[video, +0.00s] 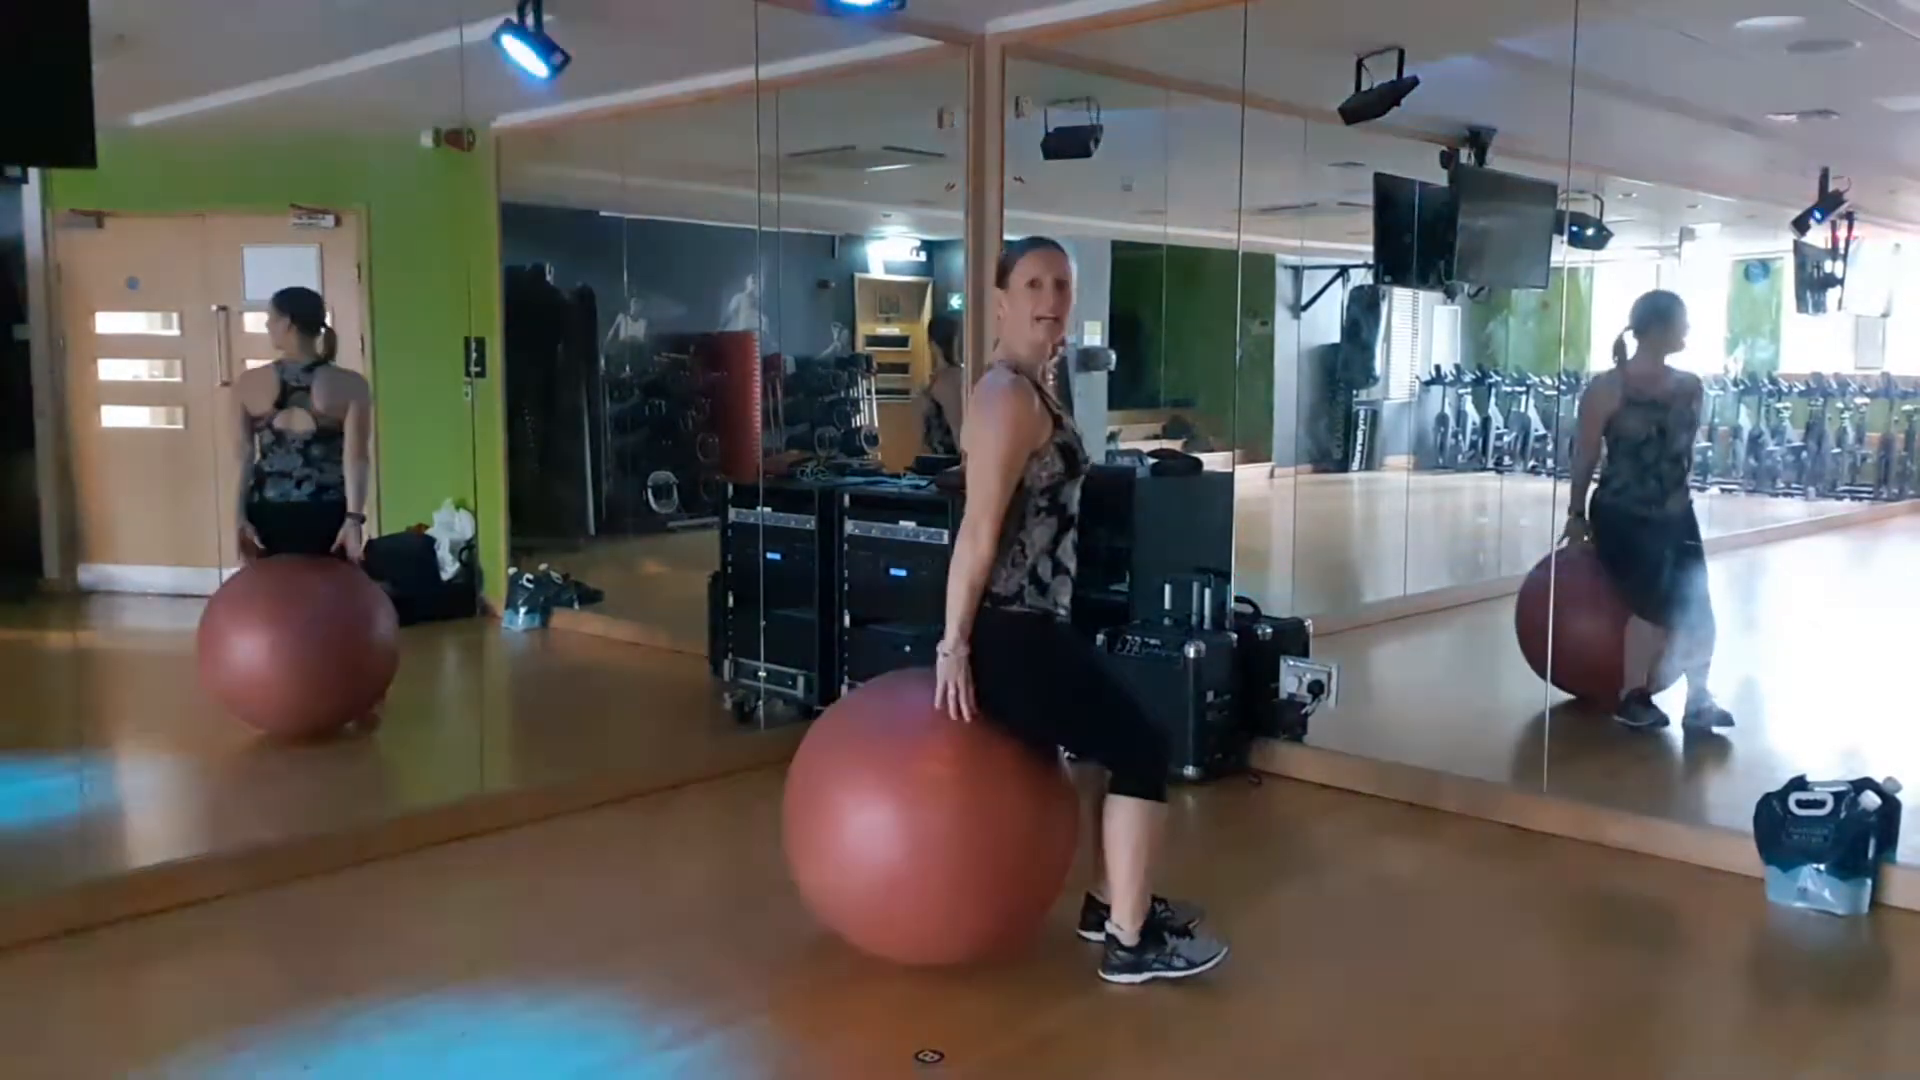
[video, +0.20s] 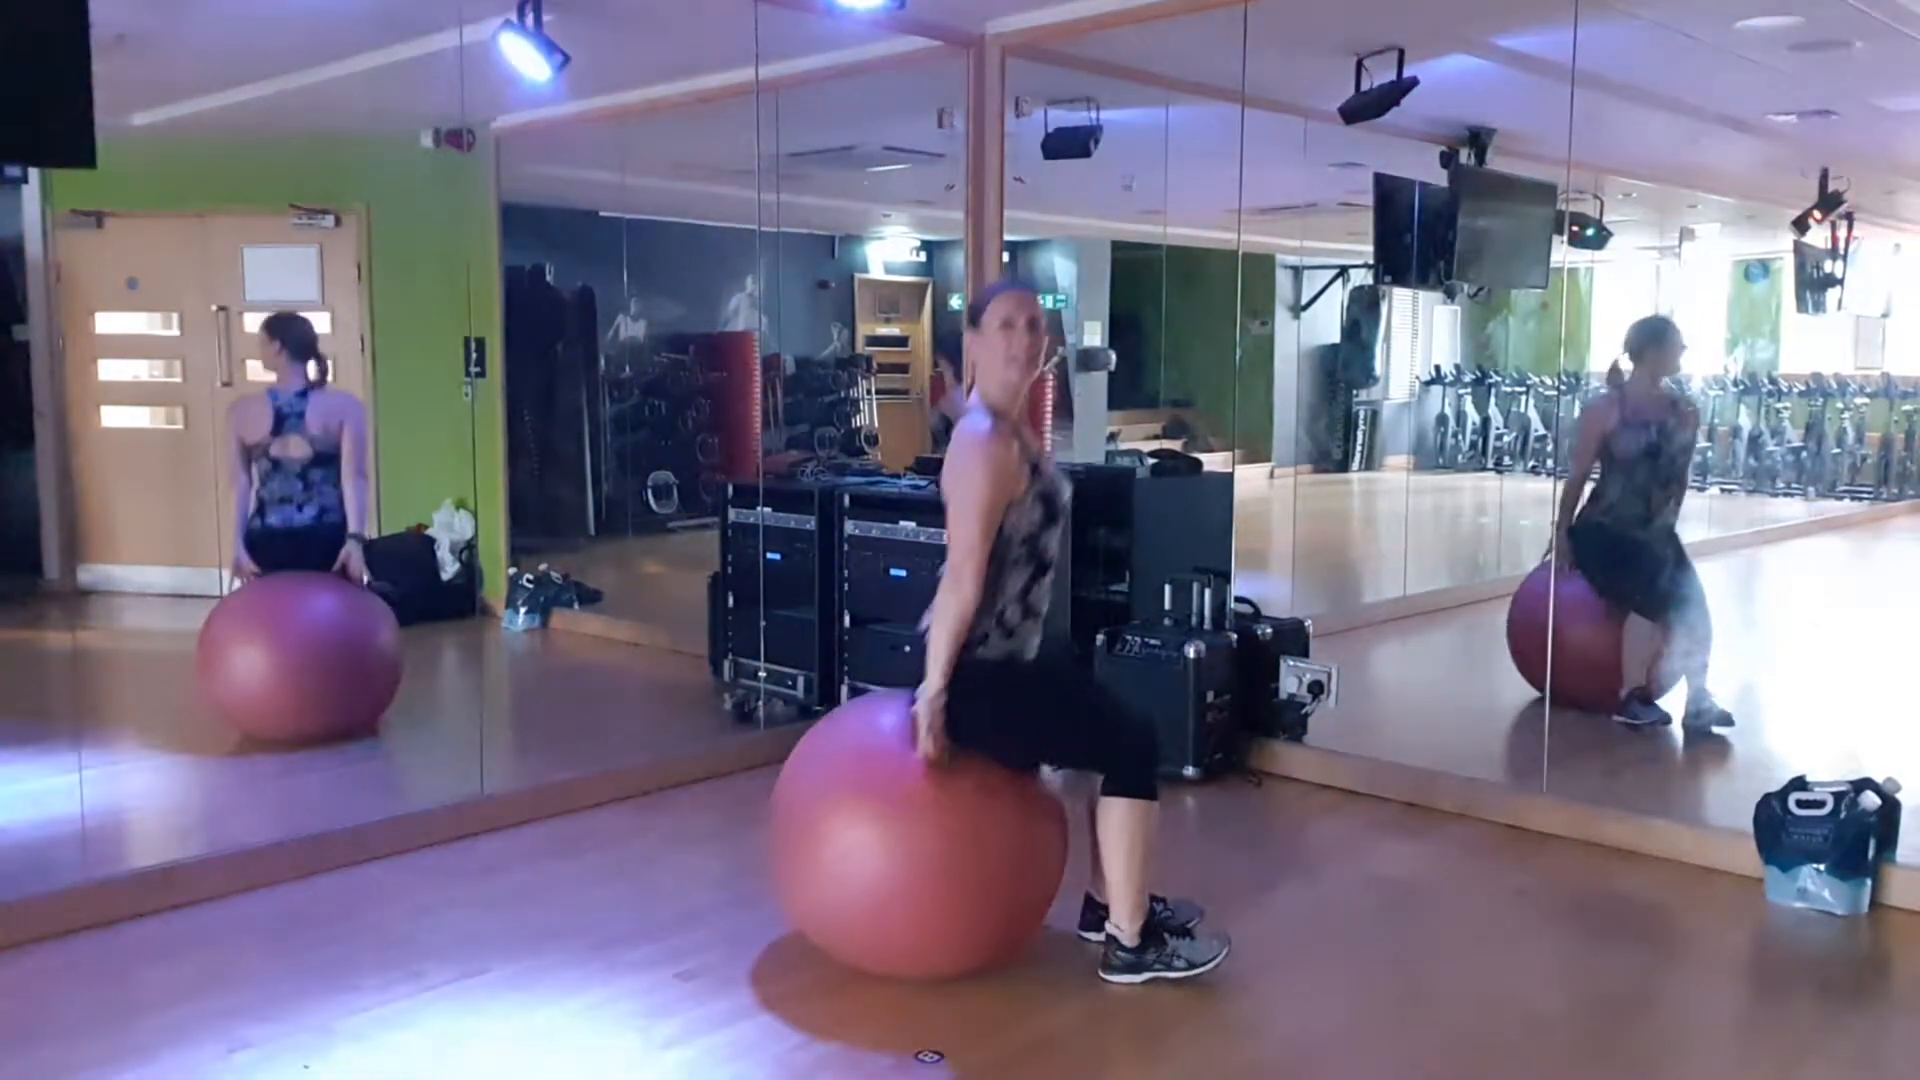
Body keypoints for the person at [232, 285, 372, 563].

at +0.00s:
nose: (268, 326)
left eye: (272, 318)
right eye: (269, 318)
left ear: (288, 324)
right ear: (317, 325)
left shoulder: (250, 384)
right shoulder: (351, 385)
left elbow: (244, 457)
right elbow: (357, 457)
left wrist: (241, 517)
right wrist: (355, 518)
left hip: (269, 517)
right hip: (328, 518)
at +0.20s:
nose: (259, 351)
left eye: (263, 343)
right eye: (260, 343)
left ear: (278, 347)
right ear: (309, 347)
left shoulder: (245, 411)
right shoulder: (345, 406)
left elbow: (241, 483)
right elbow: (354, 475)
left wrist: (239, 545)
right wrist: (355, 537)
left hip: (268, 541)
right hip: (327, 539)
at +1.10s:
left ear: (268, 382)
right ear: (313, 382)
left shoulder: (237, 433)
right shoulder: (339, 432)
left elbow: (217, 503)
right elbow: (341, 499)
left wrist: (209, 563)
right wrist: (334, 554)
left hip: (245, 569)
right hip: (309, 569)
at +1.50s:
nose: (315, 390)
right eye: (315, 383)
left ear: (273, 383)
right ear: (314, 384)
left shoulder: (235, 430)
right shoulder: (339, 431)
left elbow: (216, 498)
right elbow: (342, 494)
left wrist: (200, 558)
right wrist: (331, 553)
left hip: (232, 559)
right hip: (298, 561)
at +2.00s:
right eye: (299, 376)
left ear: (256, 383)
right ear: (298, 379)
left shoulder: (228, 435)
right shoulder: (330, 429)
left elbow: (217, 507)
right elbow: (345, 494)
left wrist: (213, 573)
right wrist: (335, 556)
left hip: (244, 569)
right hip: (306, 568)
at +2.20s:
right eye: (304, 381)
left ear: (259, 386)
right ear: (303, 386)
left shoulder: (231, 437)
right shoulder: (332, 437)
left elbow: (218, 507)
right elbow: (344, 506)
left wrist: (218, 572)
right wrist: (338, 564)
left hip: (250, 568)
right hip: (312, 567)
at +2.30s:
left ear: (263, 389)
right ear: (306, 389)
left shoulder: (232, 441)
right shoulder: (333, 442)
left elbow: (220, 512)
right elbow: (344, 509)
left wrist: (223, 574)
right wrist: (340, 567)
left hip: (254, 572)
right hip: (313, 571)